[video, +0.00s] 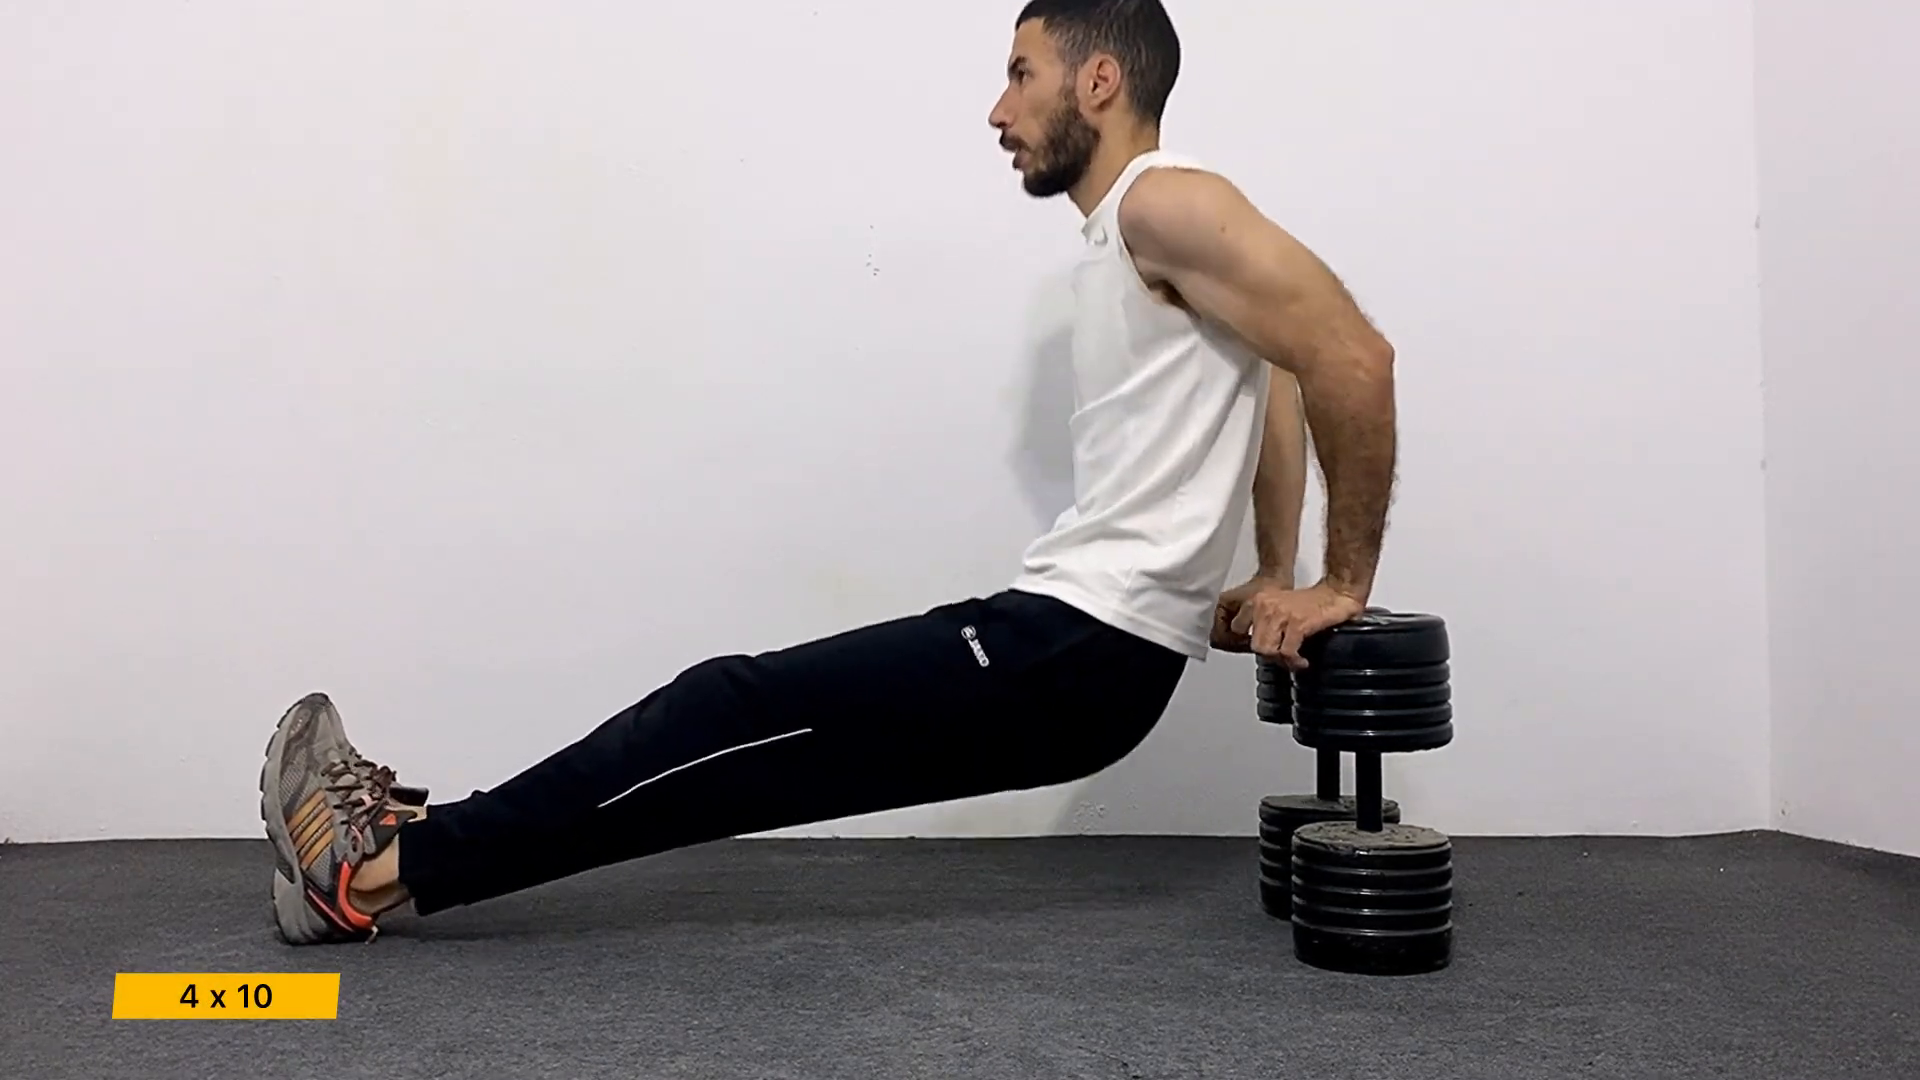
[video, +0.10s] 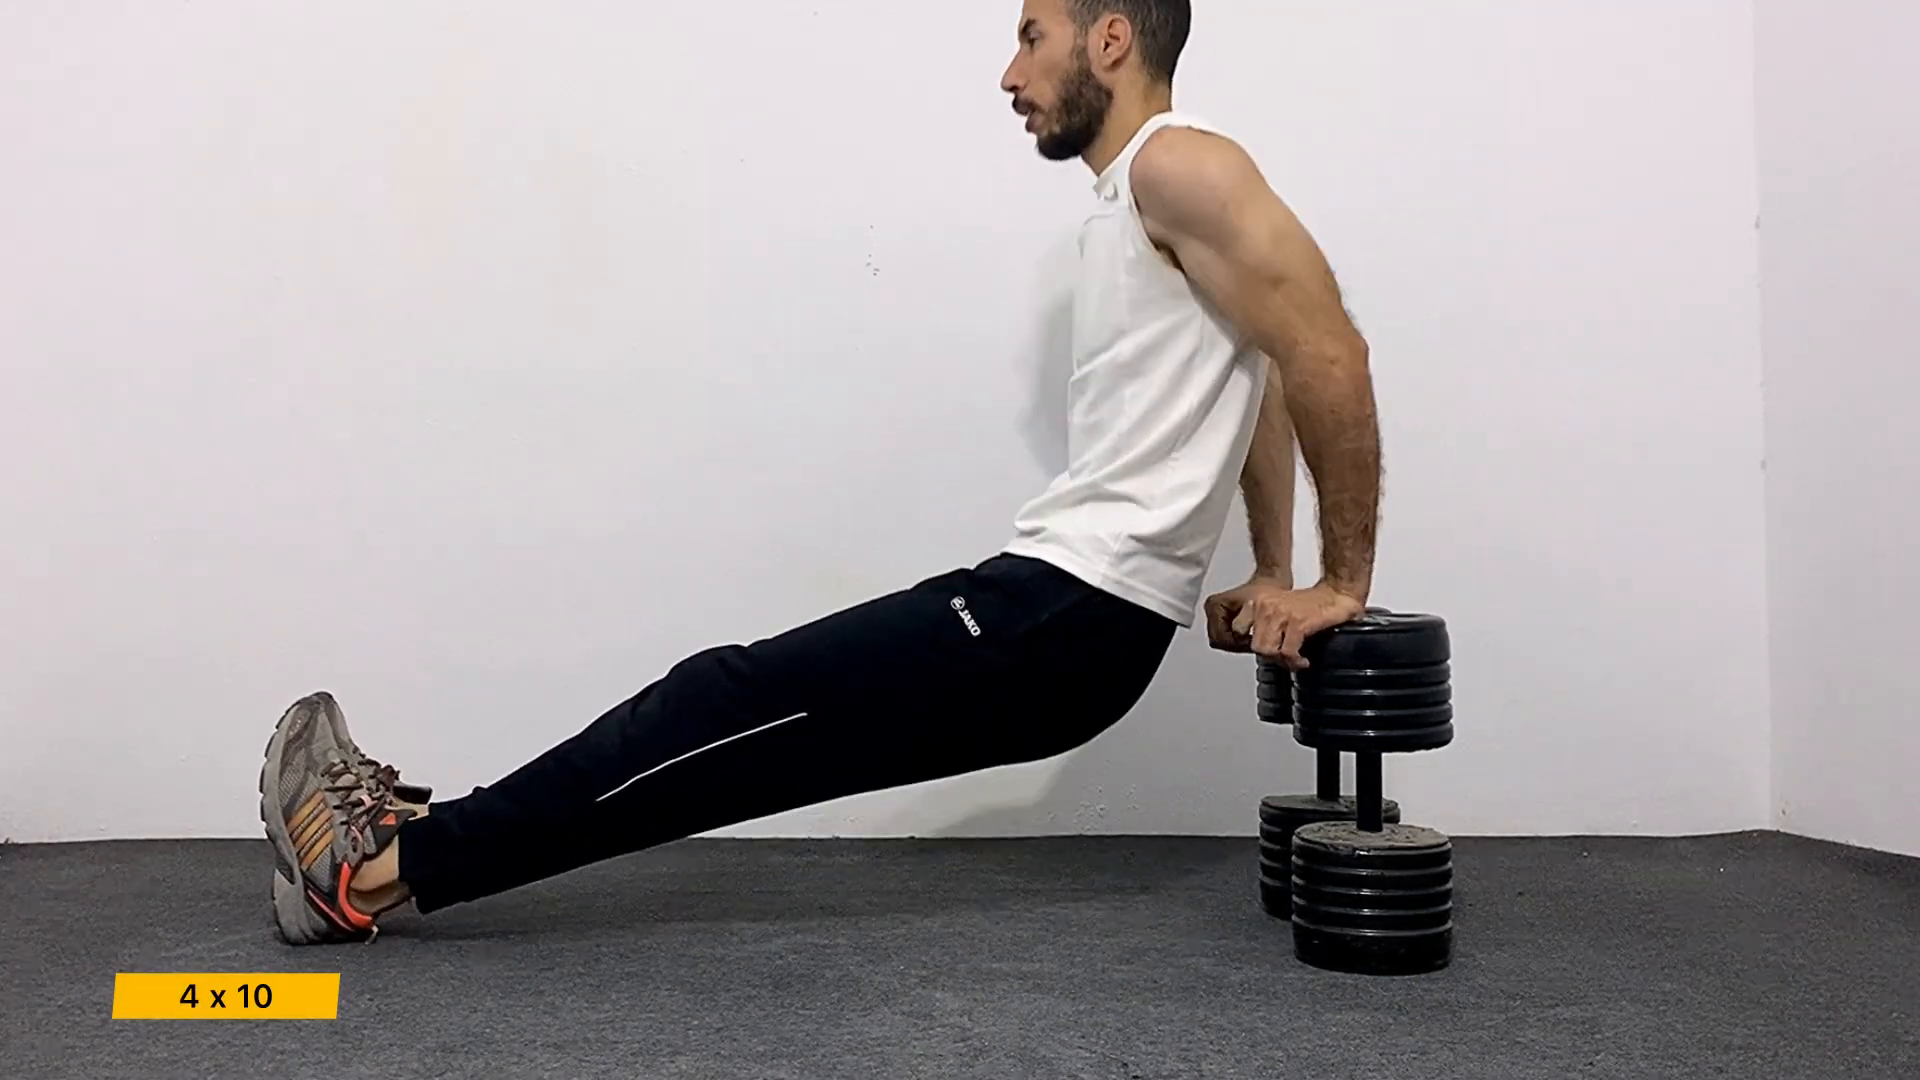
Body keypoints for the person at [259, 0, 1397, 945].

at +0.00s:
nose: (1000, 104)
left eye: (1023, 74)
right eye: (1006, 76)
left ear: (1102, 83)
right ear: (1095, 90)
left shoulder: (1172, 207)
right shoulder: (1144, 231)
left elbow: (1355, 358)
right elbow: (1276, 400)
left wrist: (1351, 585)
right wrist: (1269, 580)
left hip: (1084, 647)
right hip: (1071, 636)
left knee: (723, 724)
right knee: (724, 715)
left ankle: (390, 875)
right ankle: (416, 849)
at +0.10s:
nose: (1010, 70)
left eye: (1029, 41)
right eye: (1015, 44)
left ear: (1113, 42)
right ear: (1105, 48)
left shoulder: (1183, 166)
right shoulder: (1149, 190)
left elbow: (1332, 357)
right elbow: (1261, 387)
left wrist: (1351, 583)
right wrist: (1265, 575)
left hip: (1078, 611)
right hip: (1058, 596)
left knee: (728, 713)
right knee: (724, 701)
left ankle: (390, 873)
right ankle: (417, 843)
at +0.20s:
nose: (1022, 51)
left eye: (1041, 17)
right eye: (1026, 22)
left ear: (1126, 19)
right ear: (1111, 27)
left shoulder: (1188, 144)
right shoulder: (1149, 165)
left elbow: (1312, 358)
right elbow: (1251, 382)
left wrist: (1347, 580)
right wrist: (1267, 572)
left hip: (1063, 593)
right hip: (1045, 579)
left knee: (718, 711)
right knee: (714, 699)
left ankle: (380, 877)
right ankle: (420, 840)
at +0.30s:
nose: (1025, 44)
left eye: (1046, 14)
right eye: (1028, 18)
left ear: (1132, 17)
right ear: (1107, 26)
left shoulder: (1190, 141)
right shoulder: (1149, 164)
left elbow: (1310, 359)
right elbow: (1248, 381)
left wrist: (1347, 581)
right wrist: (1266, 571)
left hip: (1062, 591)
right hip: (1037, 573)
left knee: (717, 707)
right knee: (709, 690)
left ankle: (384, 875)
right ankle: (413, 842)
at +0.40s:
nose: (1024, 48)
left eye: (1047, 19)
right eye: (1029, 22)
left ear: (1133, 25)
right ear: (1113, 34)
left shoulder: (1193, 153)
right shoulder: (1148, 172)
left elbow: (1319, 361)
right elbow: (1249, 382)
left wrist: (1350, 582)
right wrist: (1266, 570)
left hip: (1066, 598)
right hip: (1043, 580)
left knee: (717, 715)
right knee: (710, 700)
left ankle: (385, 875)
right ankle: (413, 841)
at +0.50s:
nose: (1015, 66)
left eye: (1036, 36)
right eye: (1021, 39)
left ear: (1120, 40)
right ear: (1109, 46)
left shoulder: (1188, 164)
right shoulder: (1151, 189)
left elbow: (1334, 350)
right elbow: (1262, 389)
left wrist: (1351, 583)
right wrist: (1267, 578)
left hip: (1074, 617)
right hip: (1051, 599)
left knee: (722, 719)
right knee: (715, 707)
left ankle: (388, 874)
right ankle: (414, 843)